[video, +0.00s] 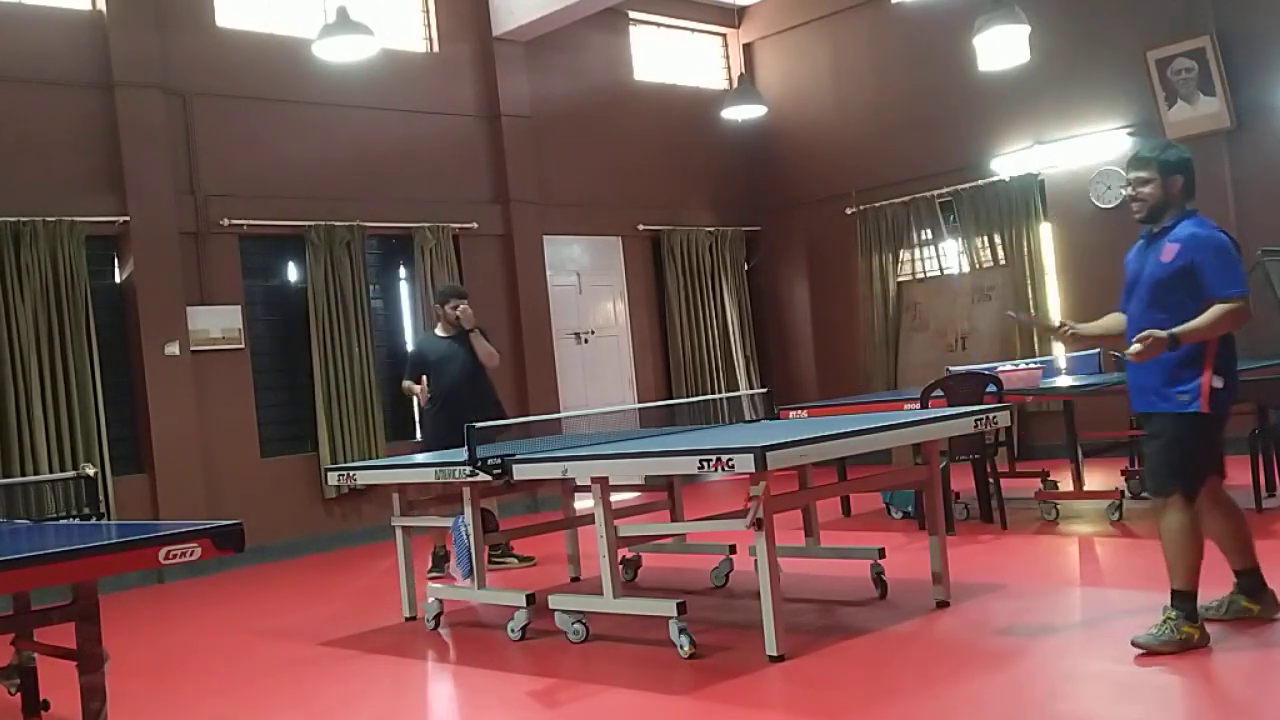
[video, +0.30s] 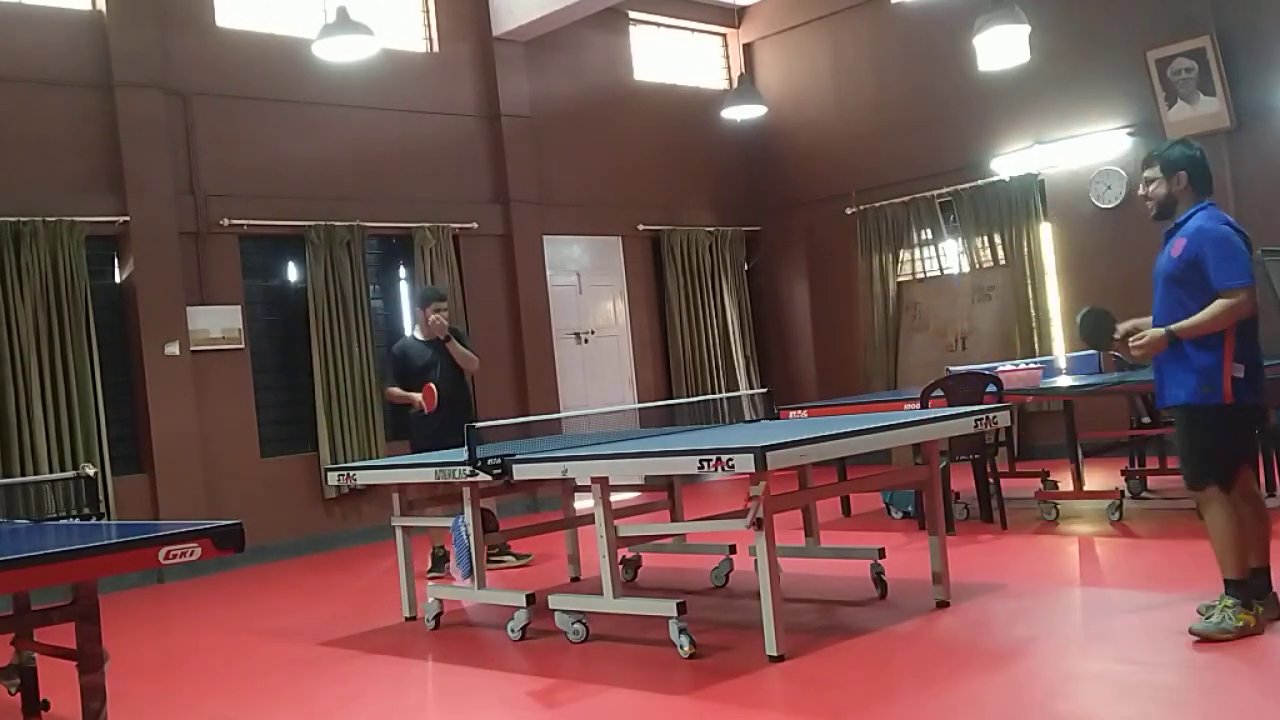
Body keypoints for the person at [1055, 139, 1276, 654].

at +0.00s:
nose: (1131, 194)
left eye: (1141, 184)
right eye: (1128, 186)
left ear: (1176, 184)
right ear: (1132, 191)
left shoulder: (1204, 237)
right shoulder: (1138, 251)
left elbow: (1235, 308)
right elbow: (1130, 316)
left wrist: (1172, 336)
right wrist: (1083, 331)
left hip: (1190, 397)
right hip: (1159, 398)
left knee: (1172, 496)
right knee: (1206, 492)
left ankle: (1183, 618)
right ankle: (1253, 591)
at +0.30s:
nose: (1144, 191)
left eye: (1151, 181)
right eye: (1143, 183)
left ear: (1182, 180)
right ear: (1178, 184)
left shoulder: (1210, 228)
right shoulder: (1185, 232)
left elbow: (1240, 300)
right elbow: (1194, 306)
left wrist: (1167, 334)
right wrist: (1147, 321)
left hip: (1210, 391)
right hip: (1212, 389)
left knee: (1208, 490)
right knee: (1240, 485)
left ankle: (1240, 599)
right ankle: (1257, 590)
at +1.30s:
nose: (1145, 186)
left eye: (1155, 176)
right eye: (1141, 179)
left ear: (1189, 178)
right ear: (1144, 185)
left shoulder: (1203, 232)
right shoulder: (1160, 237)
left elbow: (1198, 311)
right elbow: (1161, 304)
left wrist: (1120, 304)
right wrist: (1129, 347)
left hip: (1207, 390)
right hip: (1187, 390)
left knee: (1205, 491)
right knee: (1230, 486)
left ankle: (1213, 605)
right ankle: (1257, 592)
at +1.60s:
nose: (1130, 185)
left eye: (1140, 175)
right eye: (1127, 177)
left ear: (1175, 177)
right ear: (1130, 180)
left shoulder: (1183, 233)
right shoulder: (1158, 231)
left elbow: (1182, 316)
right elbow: (1158, 305)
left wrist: (1107, 306)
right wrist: (1115, 342)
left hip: (1193, 391)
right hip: (1174, 389)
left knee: (1197, 492)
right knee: (1202, 489)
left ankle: (1213, 608)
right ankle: (1248, 582)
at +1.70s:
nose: (1125, 188)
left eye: (1135, 177)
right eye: (1123, 178)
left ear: (1170, 178)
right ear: (1150, 182)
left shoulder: (1179, 235)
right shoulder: (1154, 232)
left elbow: (1177, 319)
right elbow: (1156, 307)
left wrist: (1097, 307)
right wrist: (1117, 343)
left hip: (1190, 394)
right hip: (1162, 393)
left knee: (1199, 492)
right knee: (1175, 484)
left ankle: (1213, 607)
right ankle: (1234, 572)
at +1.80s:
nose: (1118, 187)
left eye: (1129, 178)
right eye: (1116, 179)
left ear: (1165, 180)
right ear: (1123, 182)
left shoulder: (1174, 237)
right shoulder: (1147, 233)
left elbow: (1167, 321)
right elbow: (1152, 307)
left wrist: (1085, 310)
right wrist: (1117, 341)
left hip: (1187, 393)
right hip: (1149, 392)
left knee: (1198, 490)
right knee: (1144, 478)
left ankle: (1212, 604)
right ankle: (1219, 567)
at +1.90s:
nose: (1112, 188)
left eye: (1122, 179)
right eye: (1109, 180)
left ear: (1158, 181)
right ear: (1113, 182)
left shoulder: (1168, 238)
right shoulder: (1141, 233)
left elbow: (1160, 322)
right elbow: (1144, 306)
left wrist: (1080, 311)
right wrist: (1112, 339)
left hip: (1184, 395)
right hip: (1145, 393)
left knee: (1197, 491)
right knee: (1131, 473)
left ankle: (1215, 606)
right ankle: (1189, 569)